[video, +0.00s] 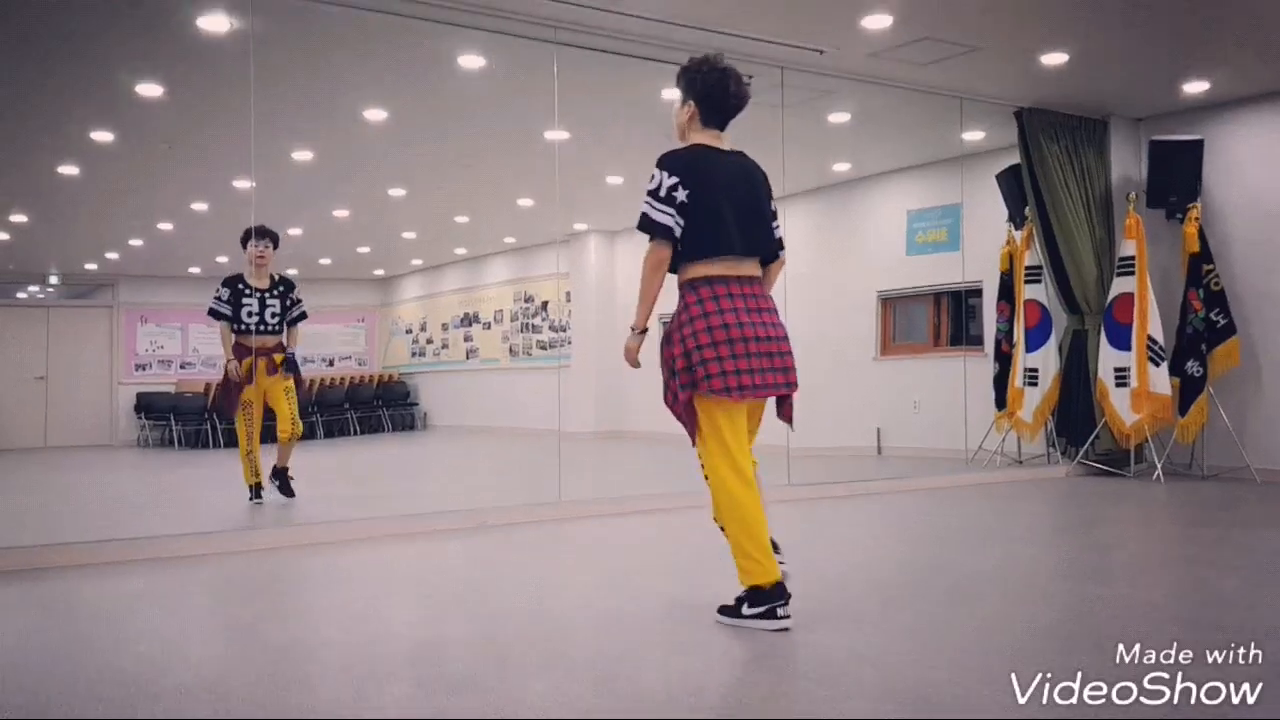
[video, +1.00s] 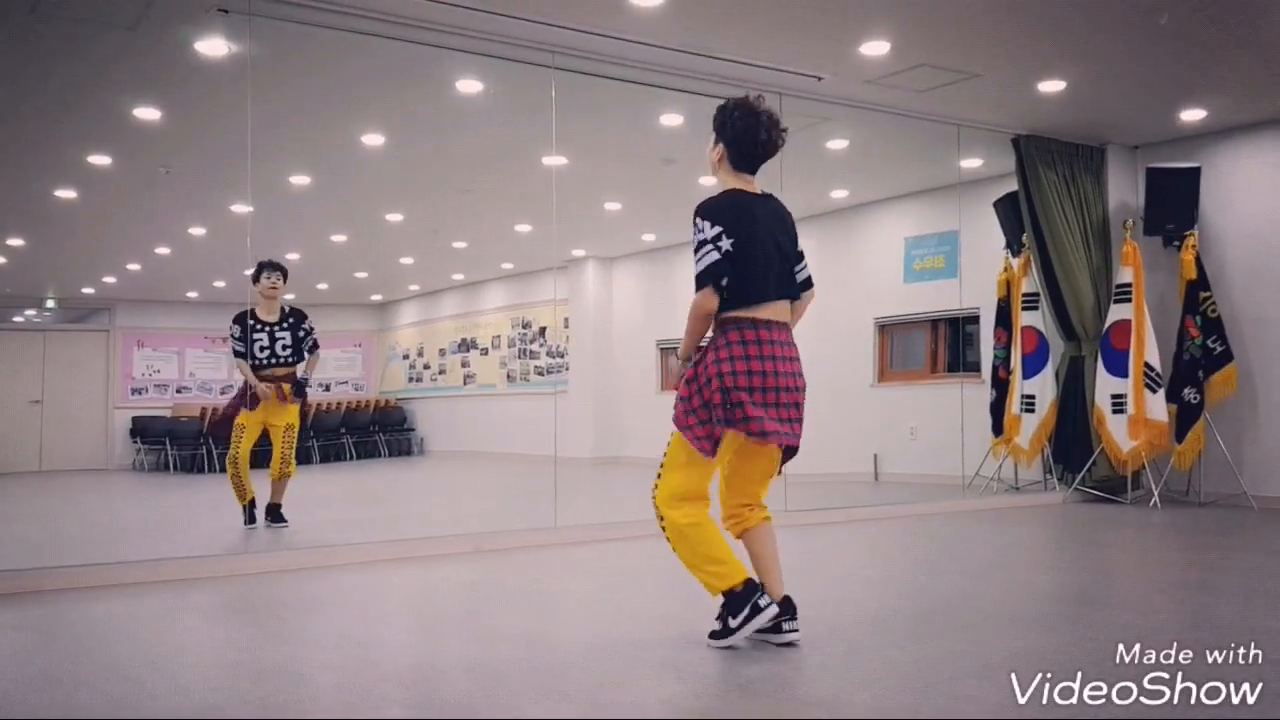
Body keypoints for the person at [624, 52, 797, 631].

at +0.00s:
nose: (675, 114)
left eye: (677, 105)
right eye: (678, 105)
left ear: (687, 109)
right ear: (729, 114)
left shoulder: (676, 165)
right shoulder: (753, 170)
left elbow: (660, 253)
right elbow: (776, 255)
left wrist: (639, 325)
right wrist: (750, 307)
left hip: (705, 316)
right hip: (759, 314)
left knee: (725, 459)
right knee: (730, 450)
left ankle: (764, 590)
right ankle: (757, 543)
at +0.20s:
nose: (691, 125)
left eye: (693, 116)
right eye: (694, 116)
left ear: (704, 121)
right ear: (747, 125)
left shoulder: (683, 179)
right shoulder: (770, 186)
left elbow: (666, 266)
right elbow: (795, 271)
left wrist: (660, 338)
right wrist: (767, 326)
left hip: (707, 331)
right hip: (765, 330)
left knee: (726, 481)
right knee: (771, 475)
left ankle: (761, 603)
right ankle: (791, 592)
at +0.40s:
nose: (701, 138)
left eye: (703, 129)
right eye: (704, 129)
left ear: (713, 134)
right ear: (757, 136)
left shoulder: (682, 186)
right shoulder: (778, 197)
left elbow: (660, 268)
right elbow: (790, 292)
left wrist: (660, 343)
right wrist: (764, 341)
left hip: (702, 344)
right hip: (764, 344)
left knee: (722, 489)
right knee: (774, 473)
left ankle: (759, 611)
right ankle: (779, 595)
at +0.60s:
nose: (704, 132)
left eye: (706, 124)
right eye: (709, 123)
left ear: (715, 131)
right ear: (759, 135)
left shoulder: (692, 184)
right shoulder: (777, 195)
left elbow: (666, 264)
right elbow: (802, 270)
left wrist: (649, 321)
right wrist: (765, 320)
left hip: (716, 335)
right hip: (772, 336)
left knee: (728, 487)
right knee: (767, 482)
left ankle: (760, 614)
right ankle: (768, 603)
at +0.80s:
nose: (707, 143)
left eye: (710, 135)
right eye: (712, 134)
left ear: (718, 144)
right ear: (760, 148)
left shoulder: (717, 204)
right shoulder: (774, 209)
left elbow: (706, 291)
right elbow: (793, 291)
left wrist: (665, 308)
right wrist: (764, 345)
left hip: (732, 348)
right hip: (777, 353)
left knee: (708, 495)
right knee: (745, 497)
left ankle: (755, 610)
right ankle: (775, 605)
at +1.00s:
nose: (708, 151)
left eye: (711, 143)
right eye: (713, 142)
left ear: (719, 151)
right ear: (761, 154)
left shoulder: (714, 211)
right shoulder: (780, 213)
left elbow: (708, 300)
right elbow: (805, 289)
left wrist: (685, 357)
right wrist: (772, 342)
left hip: (729, 355)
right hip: (781, 359)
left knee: (676, 496)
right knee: (746, 499)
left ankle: (736, 591)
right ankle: (777, 606)